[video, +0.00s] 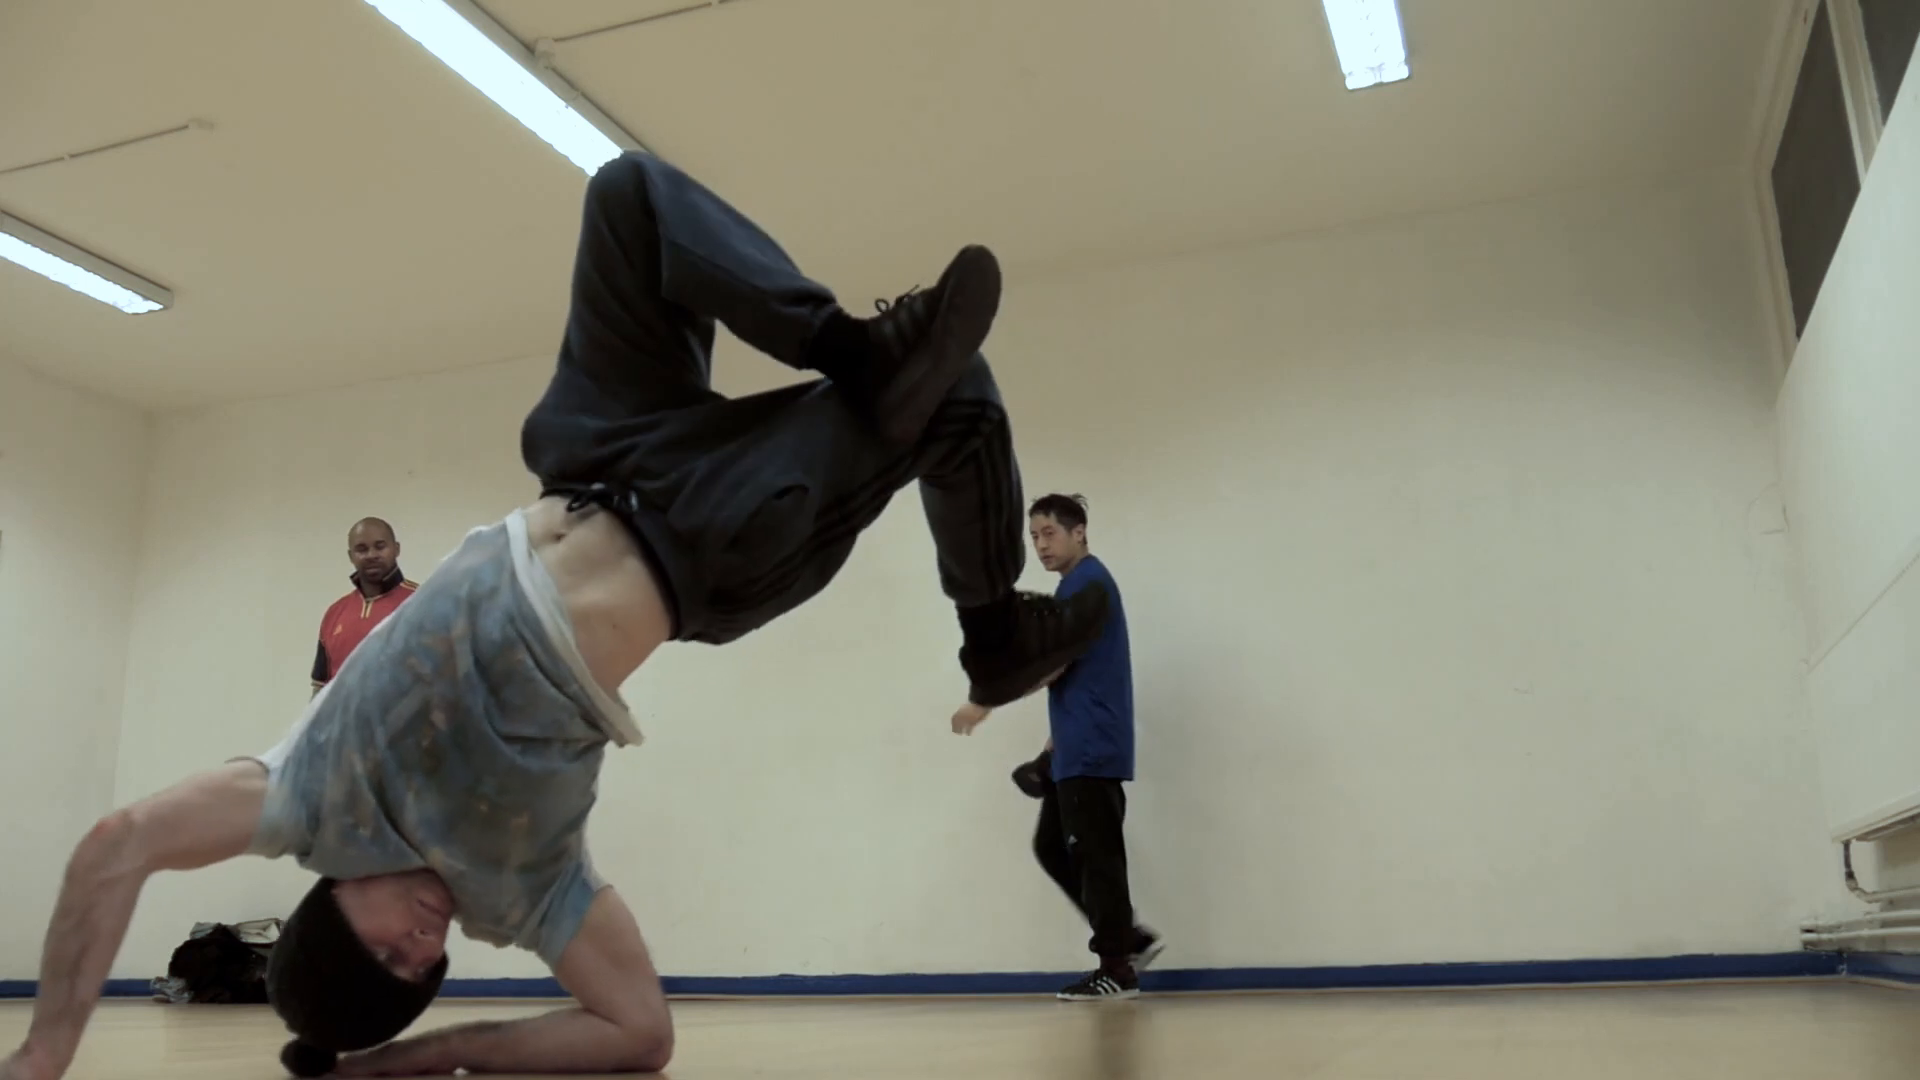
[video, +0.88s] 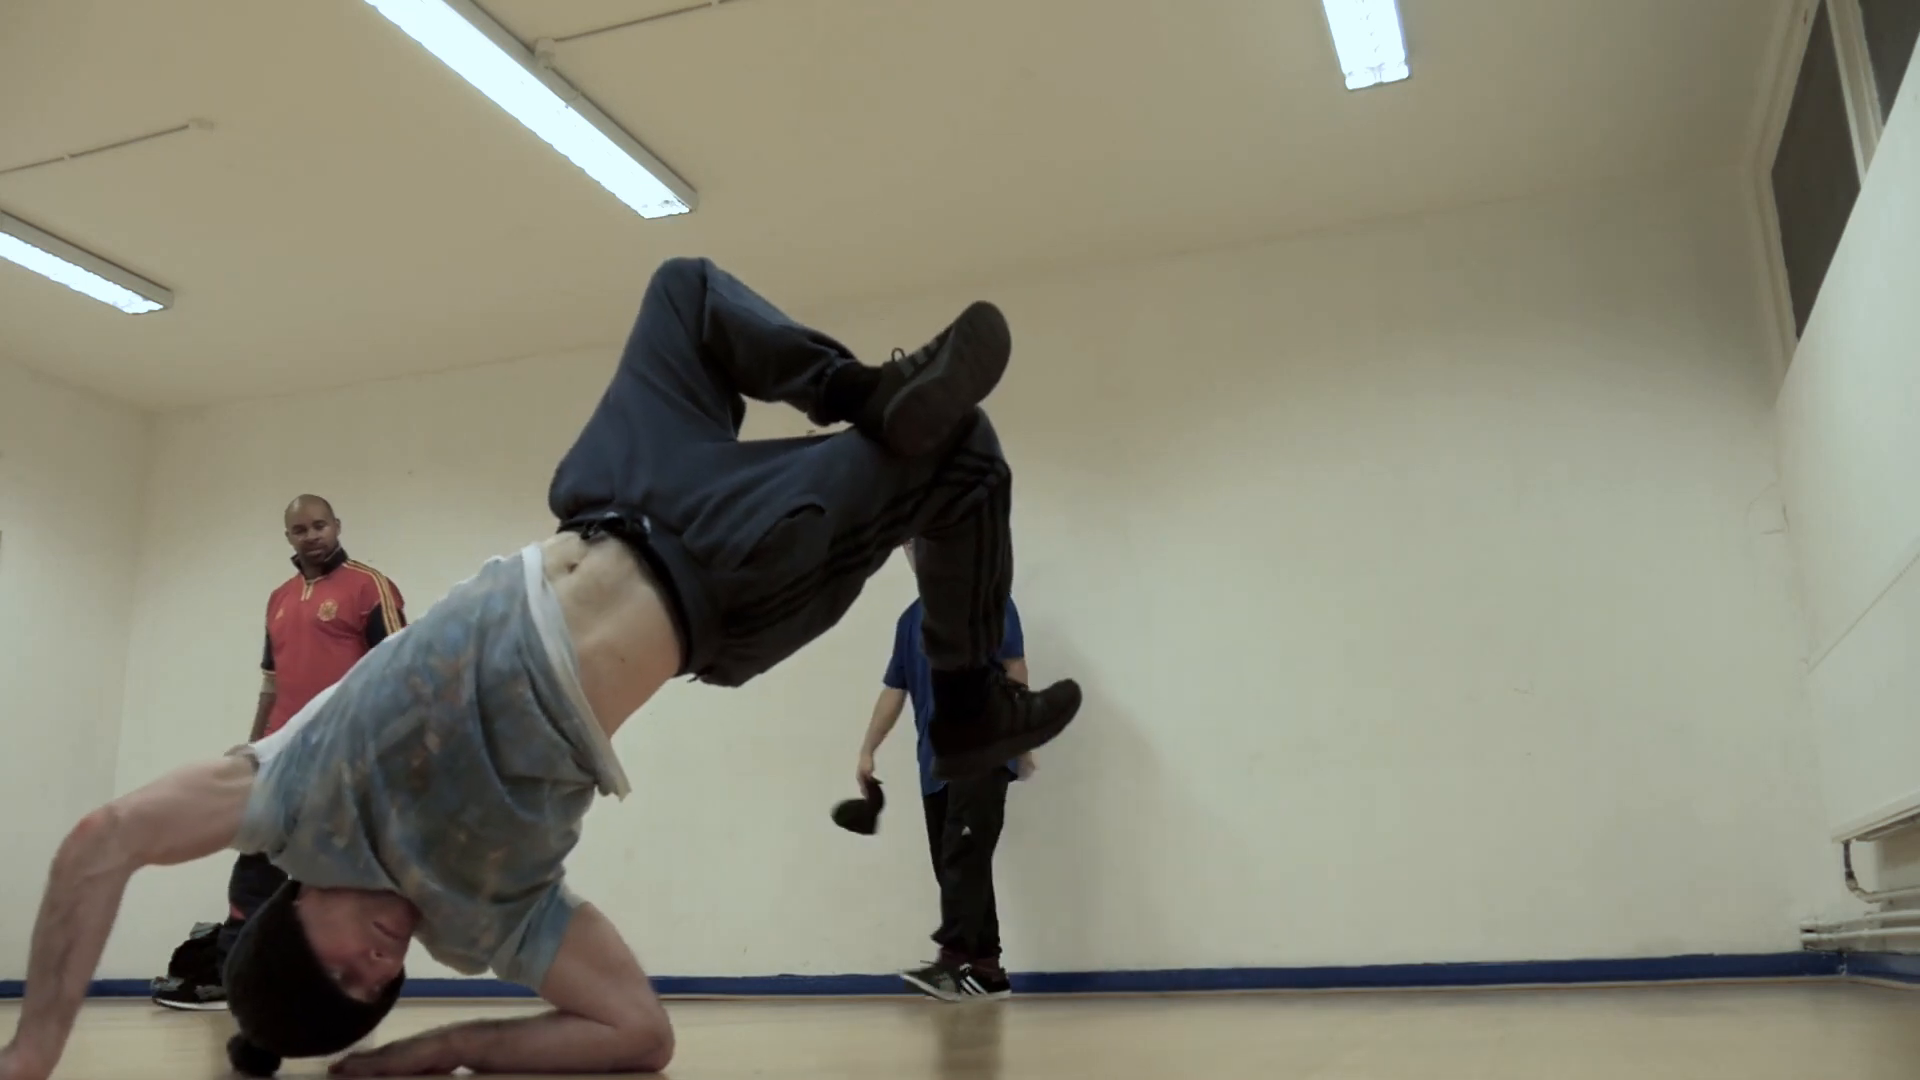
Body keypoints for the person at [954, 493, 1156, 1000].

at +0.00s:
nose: (1039, 544)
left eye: (1048, 533)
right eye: (1035, 536)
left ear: (1078, 533)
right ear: (1038, 539)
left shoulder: (1087, 583)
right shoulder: (1077, 585)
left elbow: (1049, 662)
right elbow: (1085, 689)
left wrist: (983, 702)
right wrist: (1054, 751)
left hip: (1092, 747)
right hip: (1075, 749)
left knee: (1099, 857)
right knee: (1051, 846)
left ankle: (1117, 969)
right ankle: (1126, 934)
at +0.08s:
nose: (1026, 547)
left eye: (1035, 536)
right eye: (1021, 539)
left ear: (1064, 535)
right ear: (1023, 543)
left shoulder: (1076, 587)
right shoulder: (1061, 589)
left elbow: (1042, 671)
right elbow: (1064, 686)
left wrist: (968, 706)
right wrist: (1044, 761)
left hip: (1086, 751)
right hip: (1063, 751)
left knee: (1093, 855)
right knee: (1034, 844)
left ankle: (1115, 969)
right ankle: (1078, 956)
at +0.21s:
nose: (1006, 555)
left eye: (1011, 543)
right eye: (1003, 545)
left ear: (1040, 539)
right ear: (1031, 542)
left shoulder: (1055, 590)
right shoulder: (1040, 592)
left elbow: (1026, 676)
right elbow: (1048, 695)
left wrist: (957, 714)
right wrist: (1029, 770)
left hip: (1068, 759)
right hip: (1046, 761)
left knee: (1087, 864)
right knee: (1018, 862)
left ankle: (1115, 970)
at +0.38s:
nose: (959, 560)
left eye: (963, 552)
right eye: (958, 553)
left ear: (987, 547)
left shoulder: (1021, 589)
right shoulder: (984, 600)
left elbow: (1018, 671)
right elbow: (1002, 669)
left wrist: (996, 734)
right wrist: (989, 729)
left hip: (1036, 757)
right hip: (1004, 758)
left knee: (1054, 860)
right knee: (990, 862)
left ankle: (1111, 963)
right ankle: (989, 969)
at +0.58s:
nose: (950, 562)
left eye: (956, 554)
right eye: (947, 556)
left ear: (981, 549)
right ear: (946, 561)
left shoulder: (1002, 591)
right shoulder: (951, 607)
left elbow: (1031, 655)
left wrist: (1044, 722)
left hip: (1003, 742)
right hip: (965, 746)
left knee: (984, 846)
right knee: (965, 855)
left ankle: (1070, 935)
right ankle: (986, 968)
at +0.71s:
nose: (950, 562)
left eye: (959, 554)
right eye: (943, 557)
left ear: (978, 552)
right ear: (935, 563)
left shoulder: (997, 595)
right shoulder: (937, 614)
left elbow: (1031, 658)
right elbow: (925, 691)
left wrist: (1050, 726)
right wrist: (916, 759)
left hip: (994, 751)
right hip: (950, 756)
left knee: (969, 843)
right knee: (954, 856)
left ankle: (1025, 950)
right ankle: (986, 966)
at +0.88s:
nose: (923, 563)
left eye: (930, 552)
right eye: (917, 553)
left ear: (959, 557)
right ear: (913, 559)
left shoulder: (992, 607)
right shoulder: (913, 620)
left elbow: (1015, 672)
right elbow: (895, 691)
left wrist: (1019, 743)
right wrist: (867, 750)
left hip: (983, 758)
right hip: (935, 763)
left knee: (965, 855)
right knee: (951, 862)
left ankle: (961, 961)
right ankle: (982, 964)